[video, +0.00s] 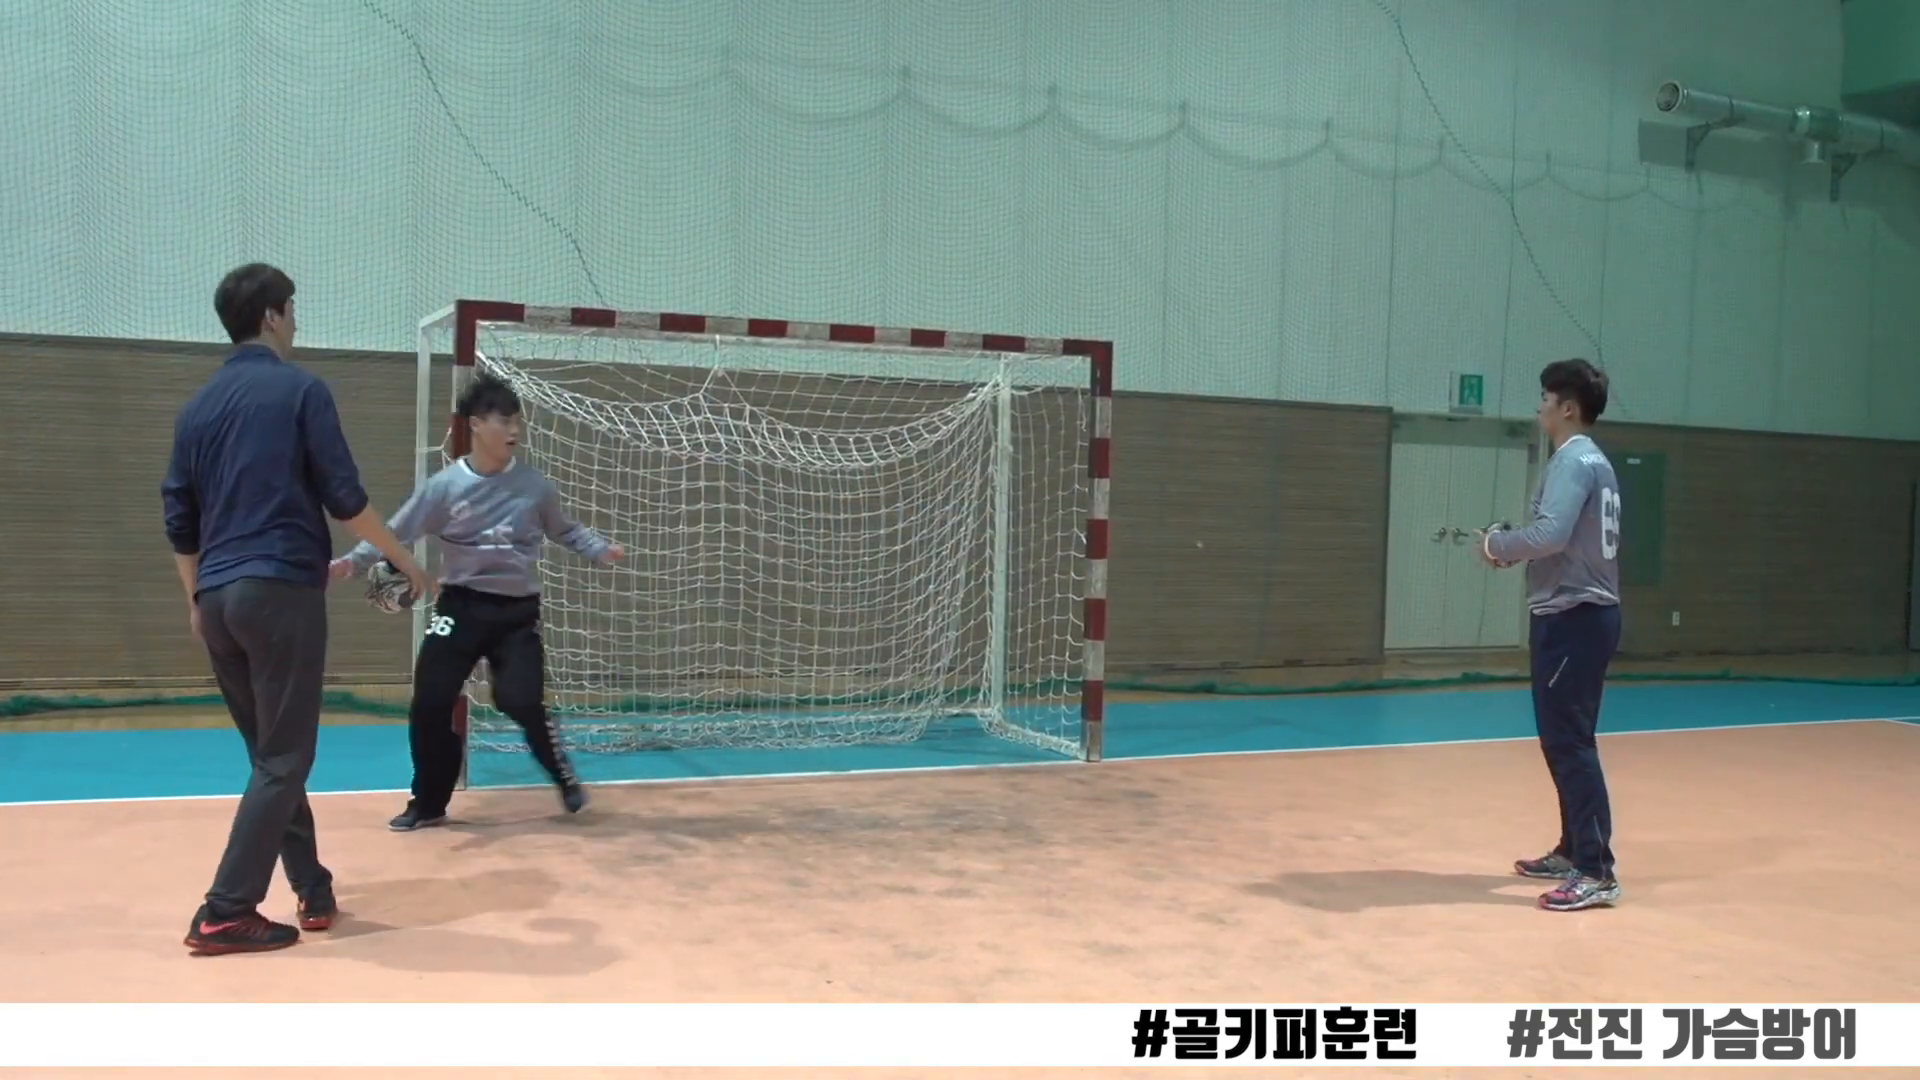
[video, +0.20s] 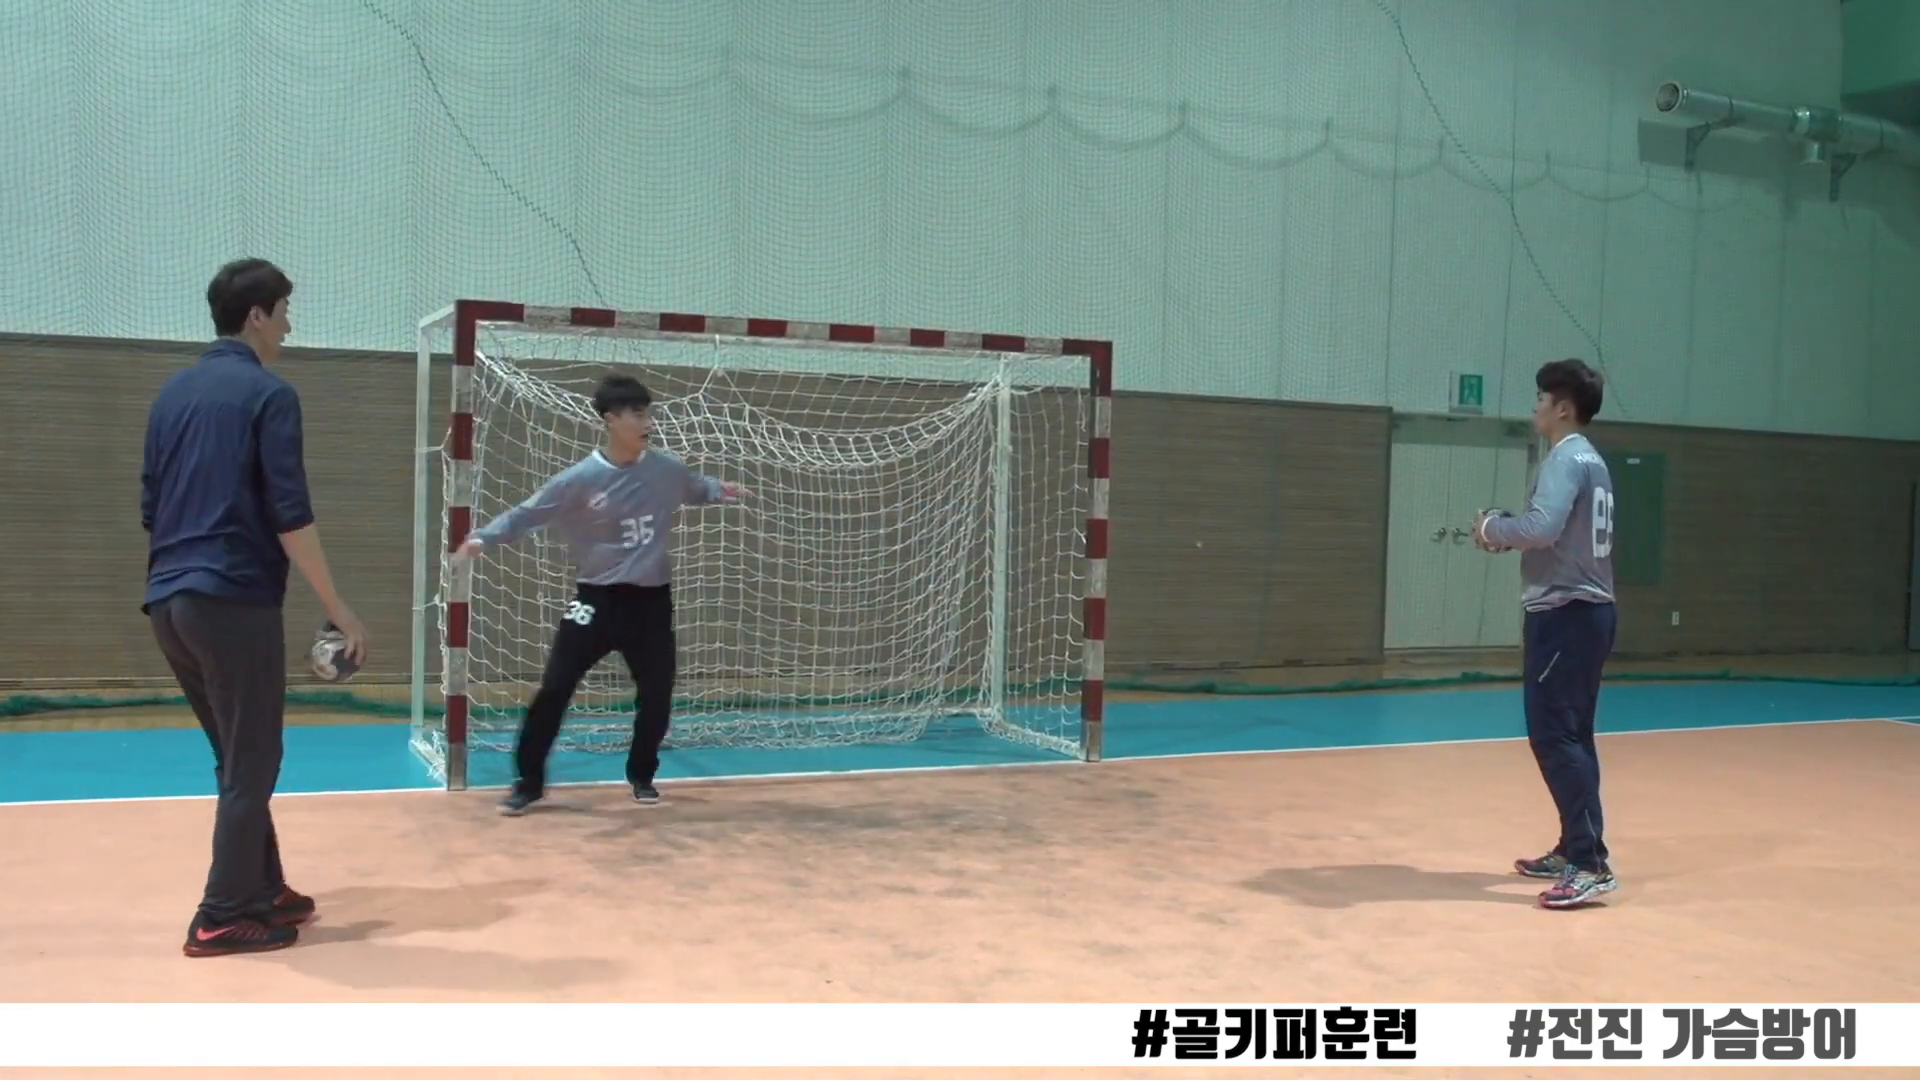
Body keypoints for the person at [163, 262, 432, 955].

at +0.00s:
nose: (294, 325)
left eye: (291, 313)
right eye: (290, 314)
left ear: (232, 323)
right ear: (272, 318)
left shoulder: (198, 406)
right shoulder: (301, 389)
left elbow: (180, 517)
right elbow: (345, 499)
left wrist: (198, 601)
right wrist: (400, 556)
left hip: (215, 598)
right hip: (280, 593)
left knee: (274, 752)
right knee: (283, 758)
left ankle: (313, 893)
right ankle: (226, 911)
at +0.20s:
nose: (287, 327)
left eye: (285, 314)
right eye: (283, 314)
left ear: (227, 317)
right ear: (259, 316)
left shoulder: (174, 391)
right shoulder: (268, 393)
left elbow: (154, 508)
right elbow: (291, 516)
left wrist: (191, 574)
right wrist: (337, 607)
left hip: (170, 598)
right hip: (232, 598)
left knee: (237, 751)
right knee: (253, 755)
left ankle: (263, 892)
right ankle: (224, 916)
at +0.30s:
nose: (268, 324)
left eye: (268, 310)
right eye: (264, 310)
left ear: (207, 311)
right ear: (236, 311)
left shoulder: (153, 389)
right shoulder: (245, 389)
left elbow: (140, 501)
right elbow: (255, 510)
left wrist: (152, 588)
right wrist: (284, 609)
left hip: (149, 599)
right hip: (209, 600)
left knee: (208, 746)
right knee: (240, 754)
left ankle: (180, 896)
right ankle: (223, 917)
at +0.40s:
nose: (248, 312)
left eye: (246, 299)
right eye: (242, 299)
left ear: (191, 309)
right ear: (210, 307)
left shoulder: (134, 387)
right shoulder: (216, 386)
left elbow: (130, 503)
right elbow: (214, 504)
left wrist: (152, 591)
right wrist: (236, 604)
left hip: (132, 609)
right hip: (188, 609)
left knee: (170, 751)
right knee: (229, 759)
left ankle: (96, 893)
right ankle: (223, 916)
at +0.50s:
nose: (224, 314)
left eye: (221, 300)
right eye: (217, 301)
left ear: (168, 311)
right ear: (182, 310)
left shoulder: (118, 390)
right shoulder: (181, 388)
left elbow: (108, 510)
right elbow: (170, 504)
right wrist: (193, 605)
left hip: (109, 619)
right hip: (164, 618)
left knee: (132, 756)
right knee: (214, 761)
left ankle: (24, 897)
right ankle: (223, 916)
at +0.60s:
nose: (203, 323)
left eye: (200, 309)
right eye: (195, 309)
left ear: (146, 318)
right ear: (158, 316)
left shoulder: (108, 388)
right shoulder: (148, 390)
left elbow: (94, 513)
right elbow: (128, 506)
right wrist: (154, 611)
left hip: (73, 622)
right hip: (127, 623)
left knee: (70, 773)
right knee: (194, 765)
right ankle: (219, 914)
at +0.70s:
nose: (186, 322)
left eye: (184, 309)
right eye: (178, 309)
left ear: (130, 318)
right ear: (142, 317)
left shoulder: (91, 385)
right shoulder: (122, 388)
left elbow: (69, 505)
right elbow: (91, 503)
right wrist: (117, 608)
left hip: (36, 622)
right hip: (85, 621)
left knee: (40, 776)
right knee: (164, 764)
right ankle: (208, 912)